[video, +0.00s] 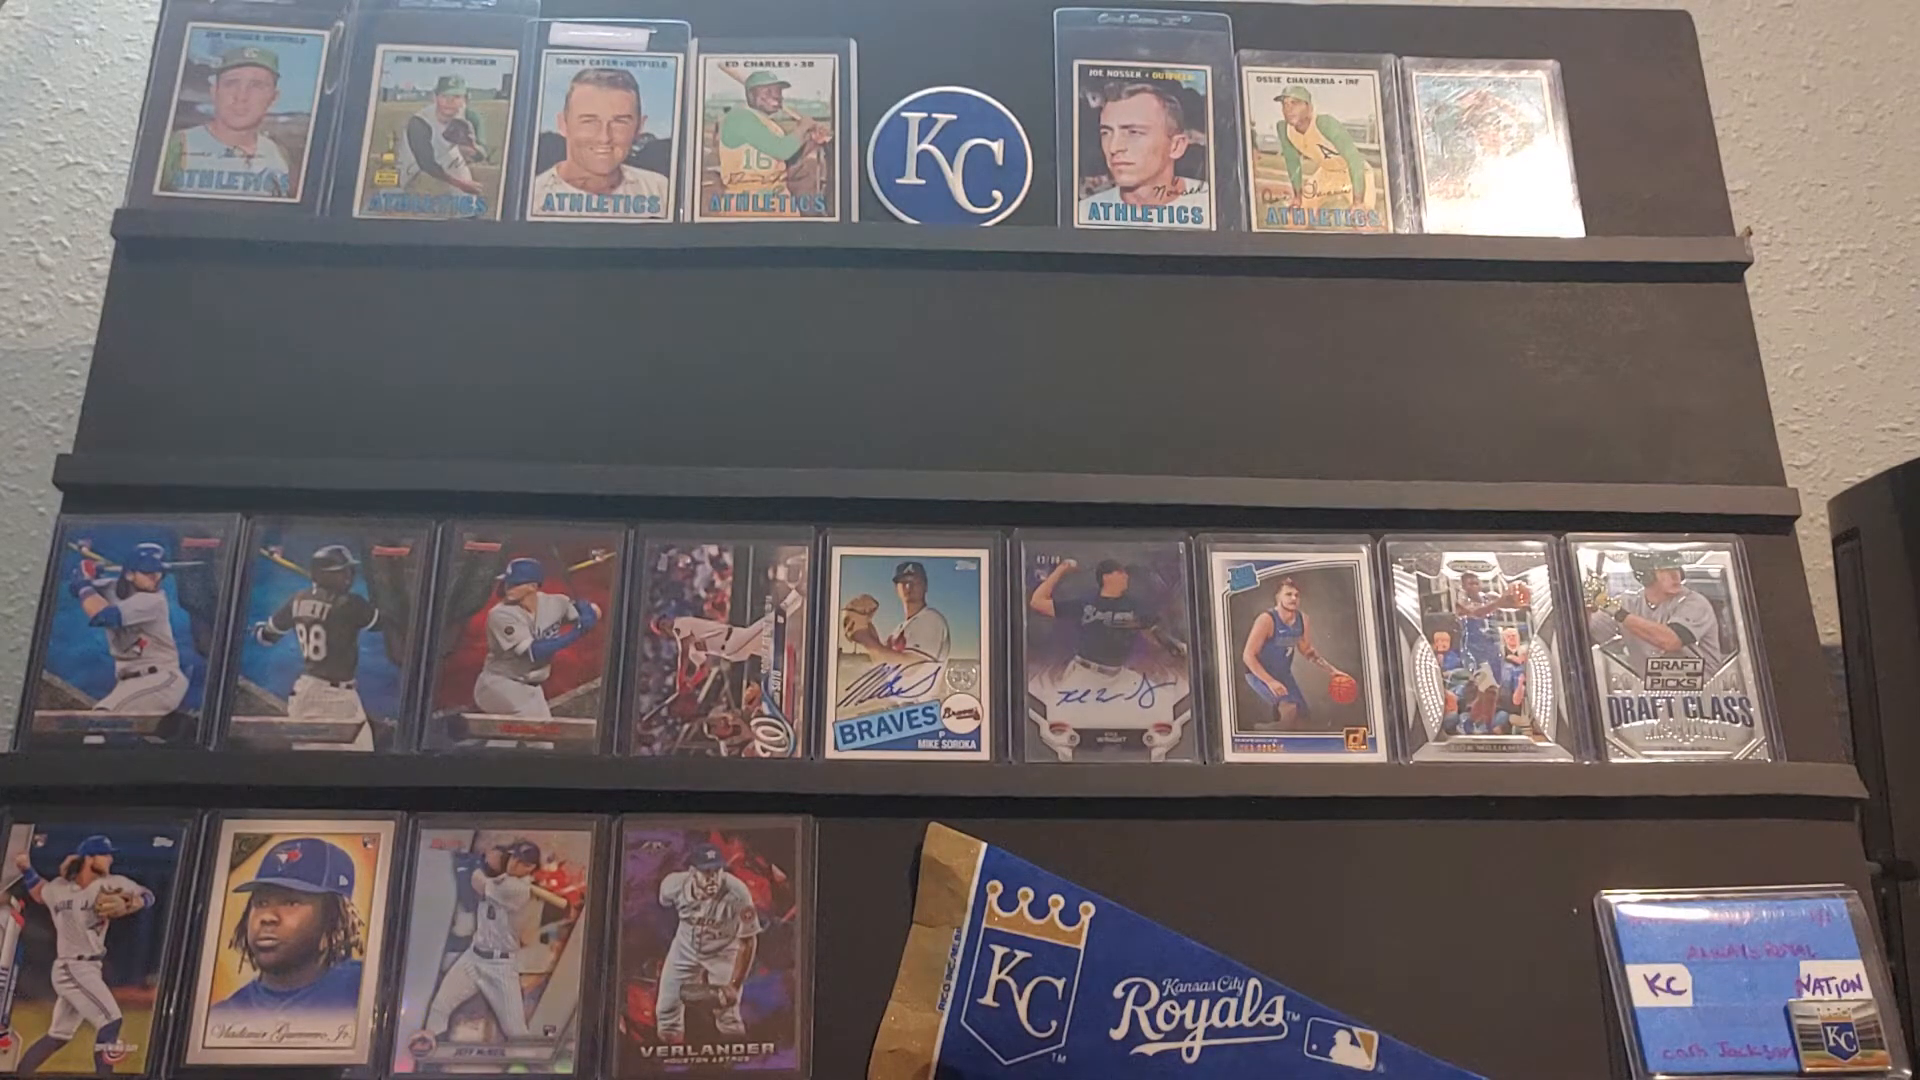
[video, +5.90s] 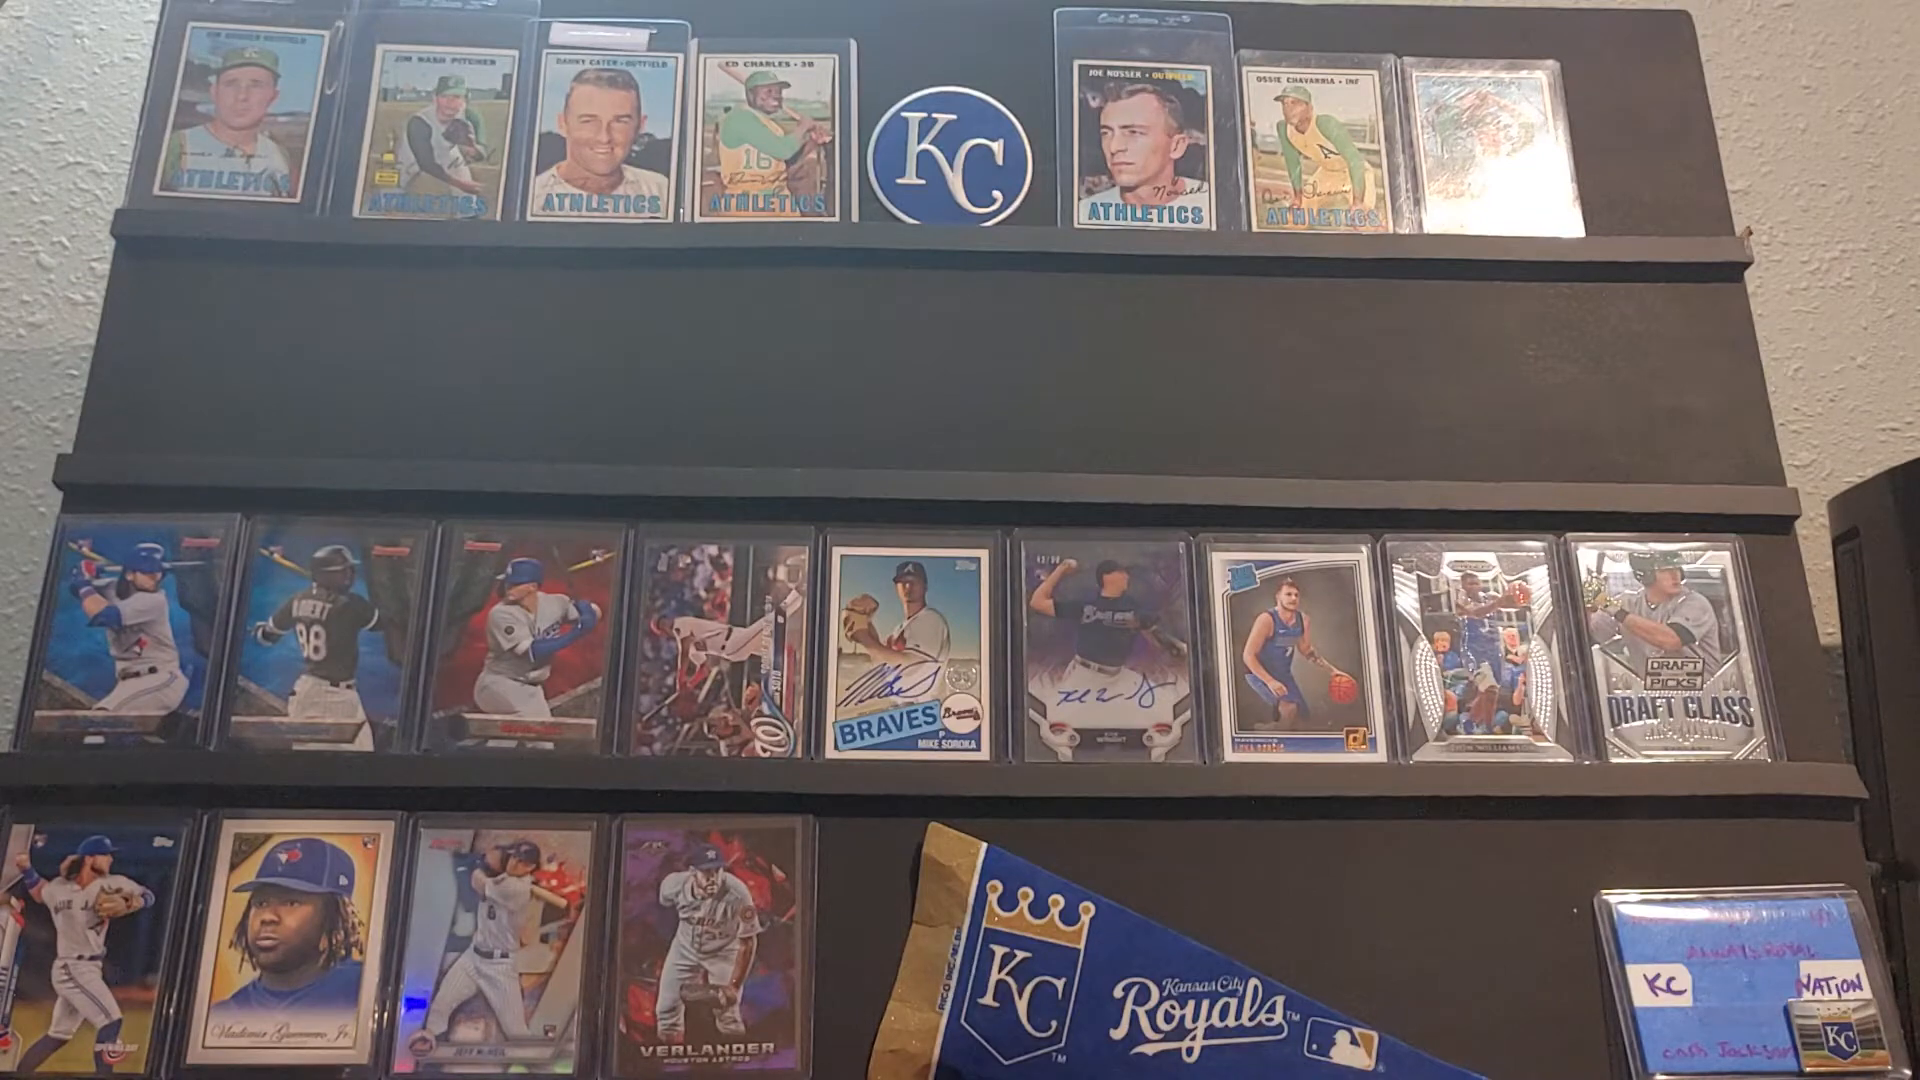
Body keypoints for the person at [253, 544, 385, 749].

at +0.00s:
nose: (350, 577)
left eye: (350, 572)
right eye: (346, 572)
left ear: (319, 575)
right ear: (335, 575)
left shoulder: (299, 600)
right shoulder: (351, 605)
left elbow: (267, 637)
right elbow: (388, 622)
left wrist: (259, 630)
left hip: (305, 694)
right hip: (342, 699)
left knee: (307, 767)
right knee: (360, 768)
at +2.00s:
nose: (352, 576)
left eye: (351, 571)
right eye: (349, 571)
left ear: (319, 574)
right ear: (338, 575)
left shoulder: (298, 601)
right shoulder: (351, 605)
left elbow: (267, 637)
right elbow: (386, 622)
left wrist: (259, 630)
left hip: (305, 693)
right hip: (341, 697)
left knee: (307, 764)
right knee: (359, 766)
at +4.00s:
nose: (351, 577)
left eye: (350, 572)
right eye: (347, 572)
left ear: (320, 574)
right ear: (336, 575)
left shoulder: (299, 600)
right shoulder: (350, 605)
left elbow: (267, 637)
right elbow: (386, 620)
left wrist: (260, 630)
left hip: (305, 694)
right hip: (340, 699)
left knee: (307, 766)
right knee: (359, 768)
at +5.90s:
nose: (351, 576)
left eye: (351, 570)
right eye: (347, 570)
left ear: (320, 574)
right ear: (335, 574)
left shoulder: (299, 600)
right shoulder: (352, 605)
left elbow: (267, 637)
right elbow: (385, 622)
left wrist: (259, 630)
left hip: (306, 692)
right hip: (341, 696)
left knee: (306, 765)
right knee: (359, 765)